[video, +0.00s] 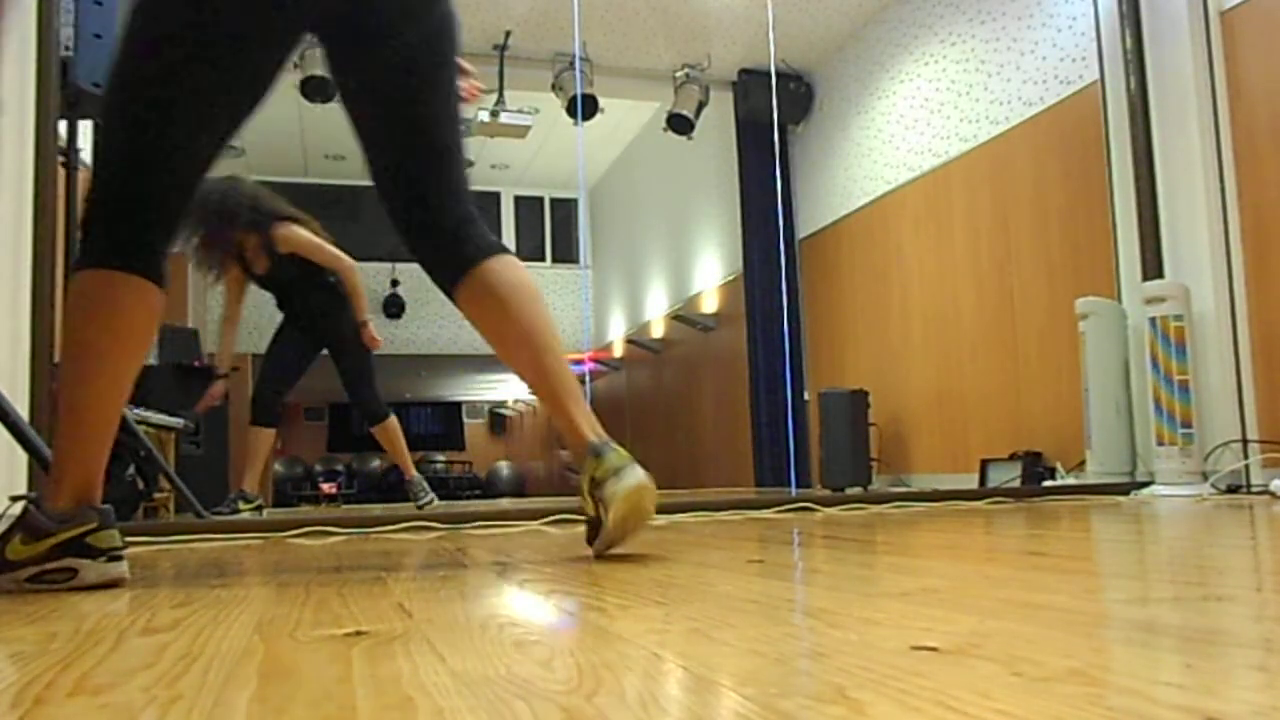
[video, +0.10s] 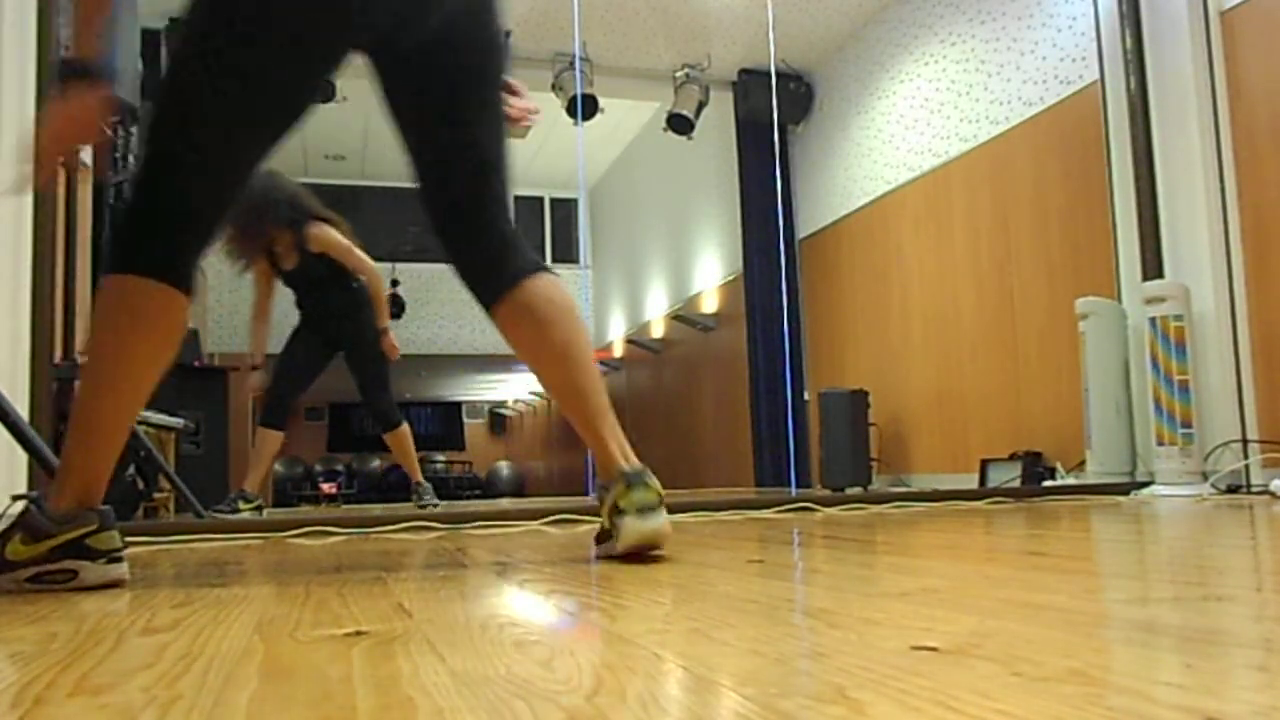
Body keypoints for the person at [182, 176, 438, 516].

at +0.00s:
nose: (213, 235)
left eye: (216, 226)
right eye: (211, 228)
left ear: (233, 218)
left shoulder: (284, 234)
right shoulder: (238, 259)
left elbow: (347, 266)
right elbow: (231, 316)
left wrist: (364, 321)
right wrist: (221, 374)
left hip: (337, 317)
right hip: (299, 324)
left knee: (367, 401)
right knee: (265, 398)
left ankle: (413, 480)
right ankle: (249, 494)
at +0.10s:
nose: (252, 231)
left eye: (255, 221)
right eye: (249, 224)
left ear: (274, 214)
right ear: (255, 223)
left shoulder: (317, 236)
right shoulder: (266, 257)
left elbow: (372, 272)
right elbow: (261, 310)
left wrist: (385, 329)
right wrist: (257, 364)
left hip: (358, 321)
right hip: (316, 327)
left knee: (380, 403)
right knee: (278, 398)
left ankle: (419, 483)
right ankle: (250, 493)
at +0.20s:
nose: (308, 230)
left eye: (313, 221)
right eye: (302, 223)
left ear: (328, 214)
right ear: (295, 220)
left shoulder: (355, 234)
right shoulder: (298, 250)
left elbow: (401, 280)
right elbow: (294, 305)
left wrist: (407, 334)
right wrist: (291, 359)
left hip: (378, 322)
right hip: (334, 326)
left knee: (396, 405)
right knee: (295, 401)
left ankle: (420, 485)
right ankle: (254, 492)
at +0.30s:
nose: (347, 219)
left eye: (351, 211)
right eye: (342, 212)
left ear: (365, 206)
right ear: (334, 212)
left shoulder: (388, 228)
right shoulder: (328, 238)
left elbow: (426, 277)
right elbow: (319, 294)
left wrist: (430, 332)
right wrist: (316, 345)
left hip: (396, 323)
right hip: (350, 325)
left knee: (412, 404)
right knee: (313, 402)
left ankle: (423, 485)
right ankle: (266, 489)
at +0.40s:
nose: (373, 199)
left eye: (379, 191)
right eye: (369, 192)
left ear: (392, 190)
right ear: (362, 192)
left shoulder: (410, 223)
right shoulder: (351, 225)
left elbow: (440, 275)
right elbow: (336, 285)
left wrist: (439, 327)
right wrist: (324, 334)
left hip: (404, 318)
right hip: (360, 318)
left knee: (413, 399)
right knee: (324, 390)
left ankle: (423, 484)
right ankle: (298, 483)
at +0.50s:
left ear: (405, 191)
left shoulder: (418, 221)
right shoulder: (357, 226)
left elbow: (449, 274)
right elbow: (337, 272)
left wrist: (444, 328)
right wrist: (334, 319)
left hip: (411, 318)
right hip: (365, 319)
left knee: (415, 401)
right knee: (359, 392)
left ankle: (422, 484)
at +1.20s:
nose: (410, 161)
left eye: (417, 158)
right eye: (403, 155)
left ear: (424, 171)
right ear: (389, 166)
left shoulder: (438, 208)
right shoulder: (372, 205)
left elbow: (469, 259)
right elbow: (340, 257)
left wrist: (465, 302)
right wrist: (366, 294)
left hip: (439, 309)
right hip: (393, 311)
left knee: (458, 396)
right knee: (388, 399)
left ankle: (480, 481)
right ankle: (377, 485)